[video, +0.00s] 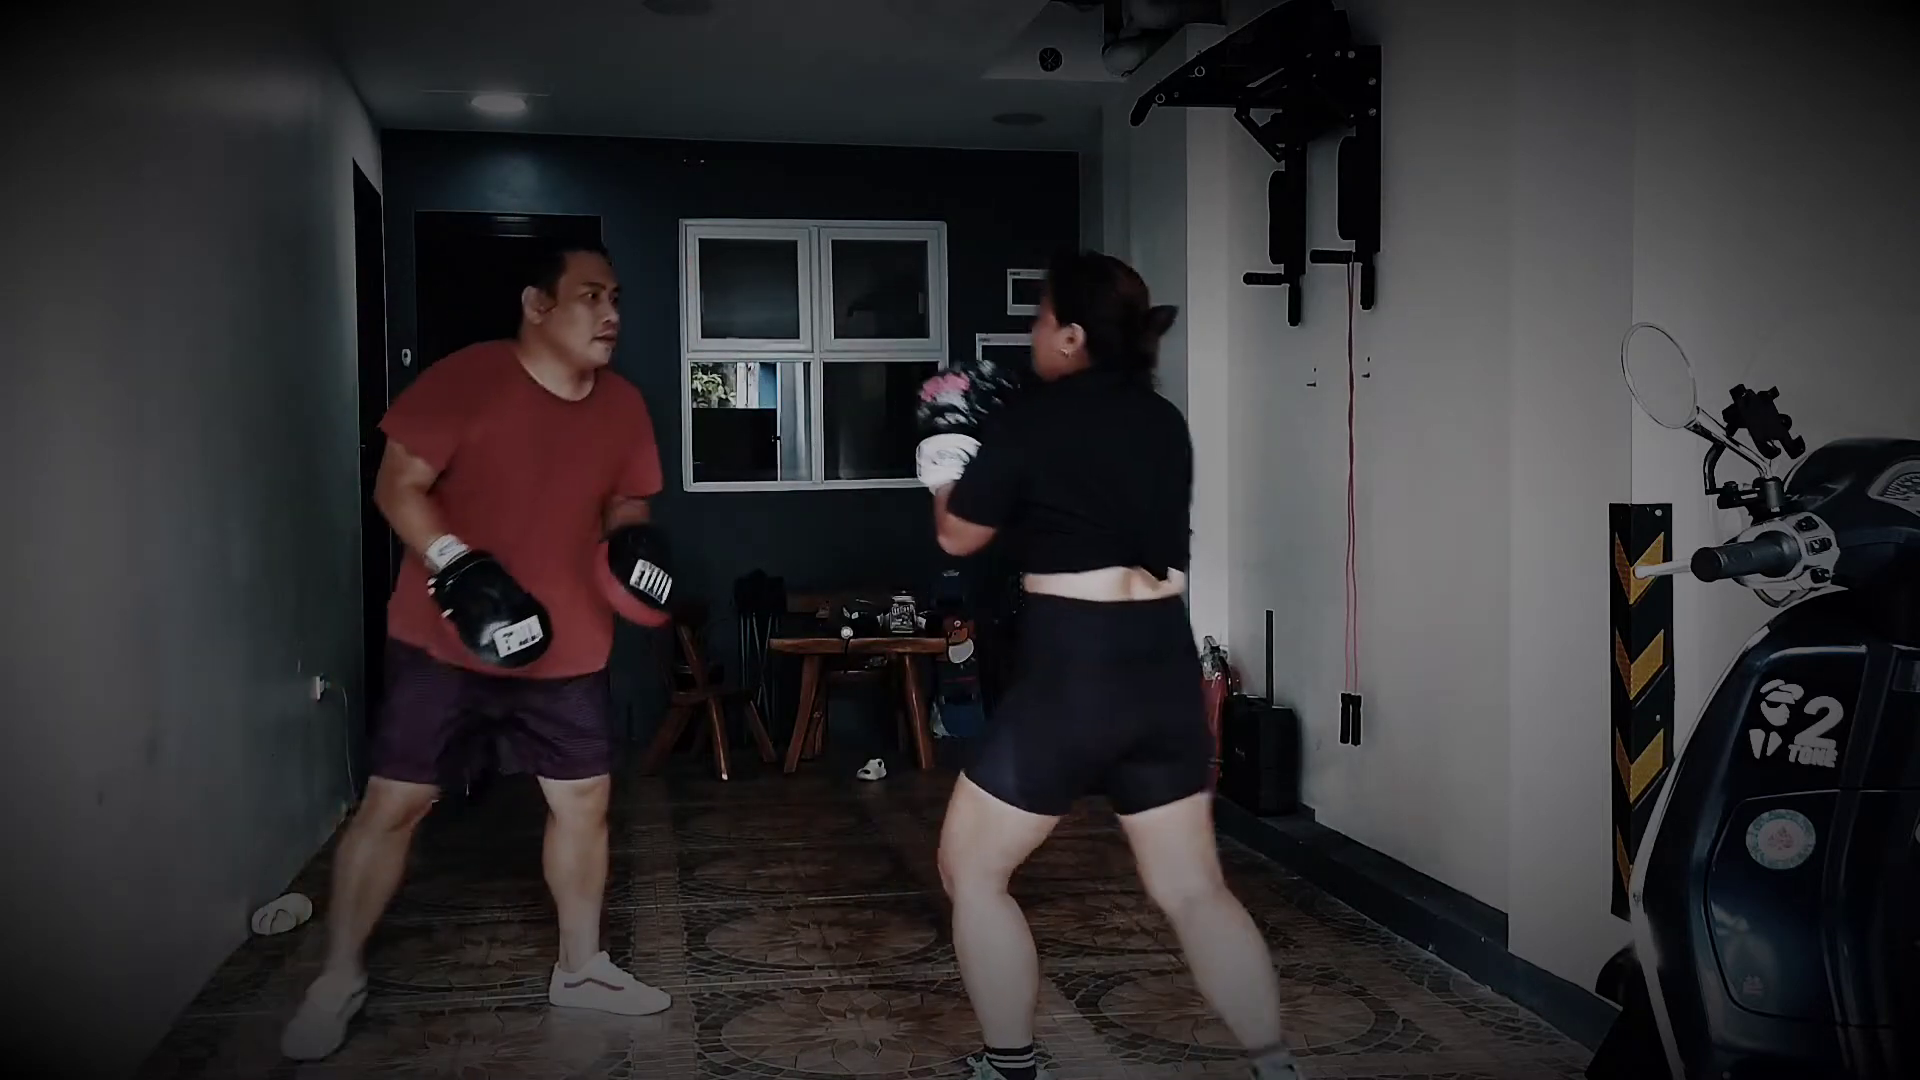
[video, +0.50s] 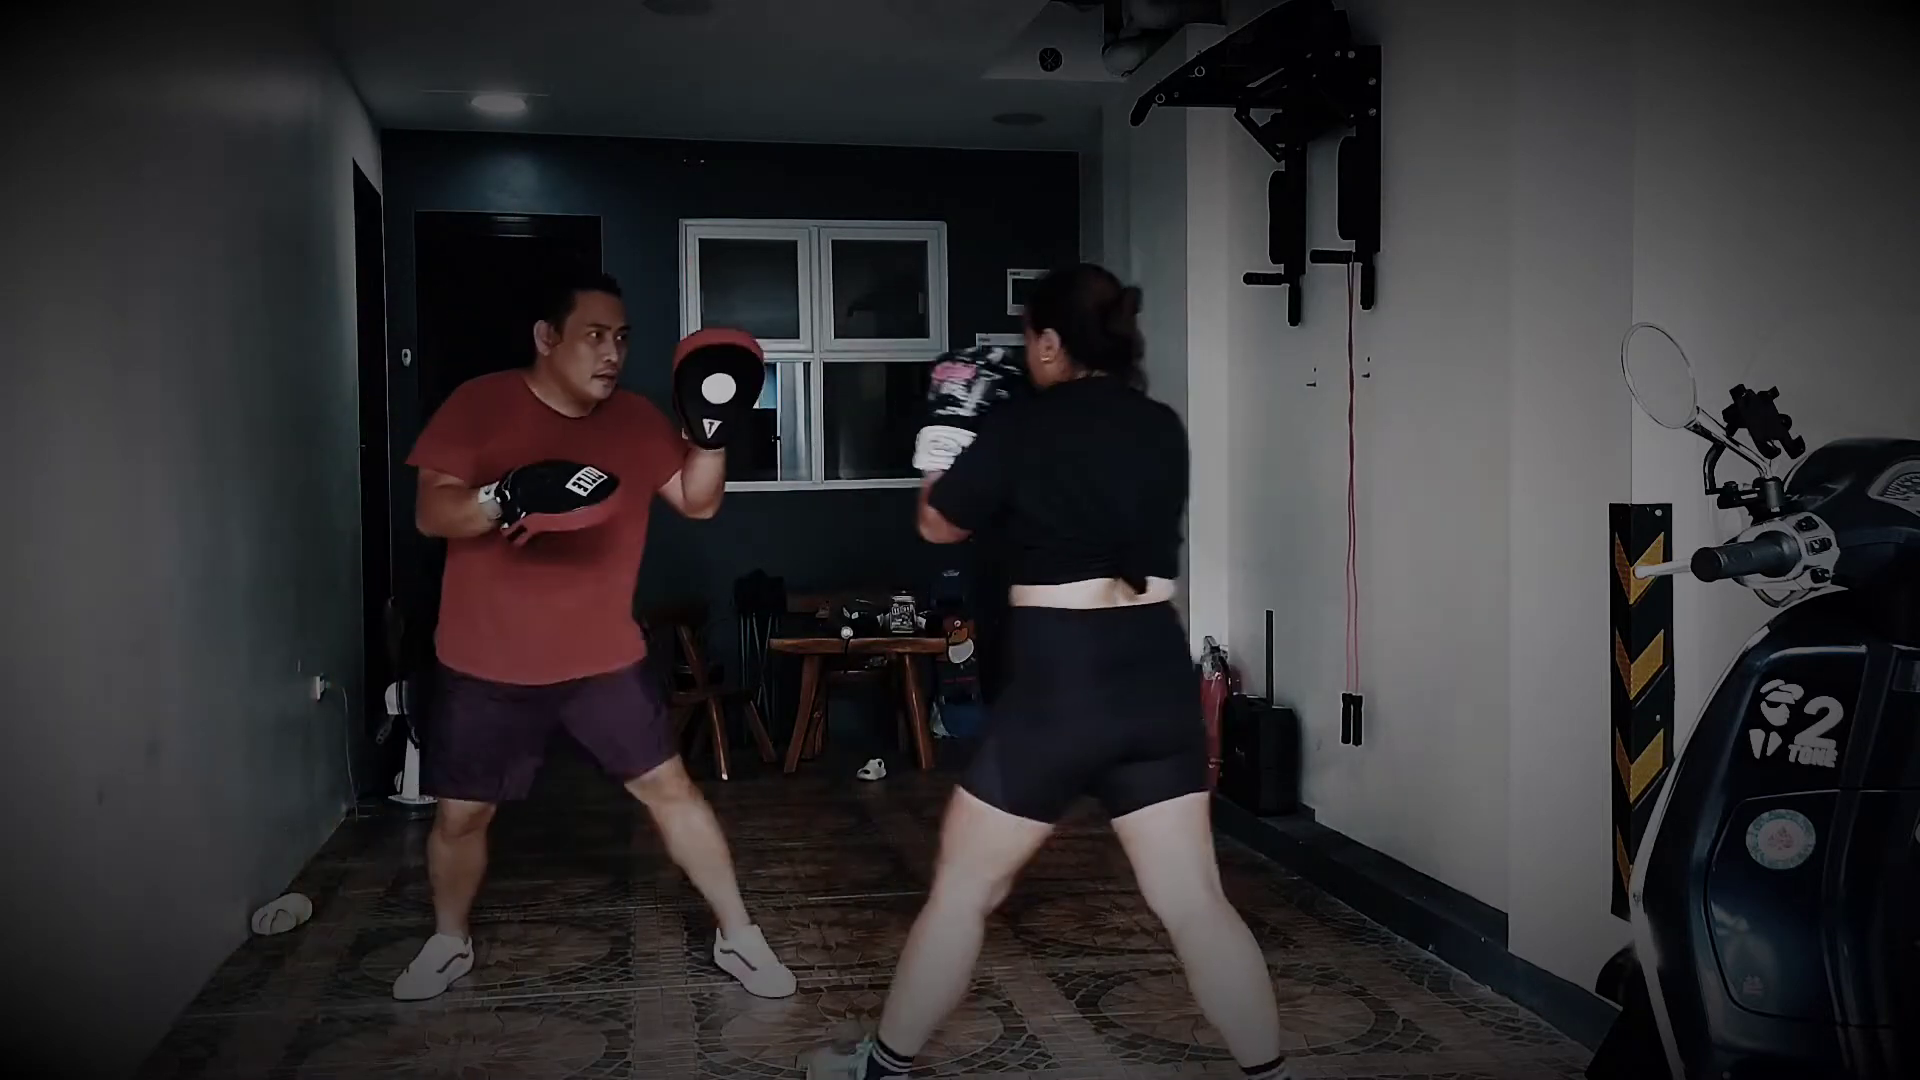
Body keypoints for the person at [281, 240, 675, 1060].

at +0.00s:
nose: (610, 312)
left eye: (614, 298)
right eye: (591, 296)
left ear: (613, 313)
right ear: (537, 307)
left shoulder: (621, 404)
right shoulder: (466, 381)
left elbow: (630, 503)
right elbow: (397, 487)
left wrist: (636, 548)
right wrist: (461, 571)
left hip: (568, 651)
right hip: (445, 645)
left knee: (583, 797)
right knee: (394, 803)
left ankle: (580, 969)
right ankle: (340, 973)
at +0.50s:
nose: (613, 351)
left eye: (619, 337)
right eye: (596, 336)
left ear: (624, 342)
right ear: (546, 338)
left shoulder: (637, 420)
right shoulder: (480, 405)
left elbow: (698, 499)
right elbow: (434, 514)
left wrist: (714, 424)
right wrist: (504, 497)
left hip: (604, 661)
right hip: (485, 665)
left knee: (669, 785)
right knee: (459, 816)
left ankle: (739, 931)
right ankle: (450, 940)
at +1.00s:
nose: (653, 368)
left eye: (663, 353)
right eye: (637, 351)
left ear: (670, 359)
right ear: (592, 353)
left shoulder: (680, 433)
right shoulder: (534, 424)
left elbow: (730, 521)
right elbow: (493, 530)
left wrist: (750, 457)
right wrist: (558, 522)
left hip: (656, 670)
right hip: (539, 674)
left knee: (720, 783)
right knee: (483, 817)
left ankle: (735, 939)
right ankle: (452, 939)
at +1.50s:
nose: (674, 363)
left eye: (688, 348)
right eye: (658, 347)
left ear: (703, 351)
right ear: (626, 347)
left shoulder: (723, 411)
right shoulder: (576, 414)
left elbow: (767, 478)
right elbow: (528, 507)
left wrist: (769, 410)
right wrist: (567, 507)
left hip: (705, 647)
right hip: (597, 654)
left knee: (726, 787)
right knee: (582, 784)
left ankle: (740, 938)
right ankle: (604, 884)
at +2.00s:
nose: (708, 359)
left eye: (722, 345)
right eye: (694, 344)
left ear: (739, 351)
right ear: (667, 349)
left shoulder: (756, 418)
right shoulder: (631, 416)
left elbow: (779, 507)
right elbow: (600, 498)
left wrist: (708, 521)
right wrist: (624, 518)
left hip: (738, 629)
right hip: (657, 624)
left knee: (751, 772)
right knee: (627, 763)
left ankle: (809, 911)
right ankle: (612, 889)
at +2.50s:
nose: (709, 364)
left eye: (721, 352)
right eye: (697, 349)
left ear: (743, 357)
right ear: (673, 352)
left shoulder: (773, 415)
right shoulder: (639, 417)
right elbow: (612, 514)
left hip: (750, 636)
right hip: (657, 632)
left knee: (786, 776)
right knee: (618, 762)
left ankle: (827, 909)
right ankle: (608, 892)